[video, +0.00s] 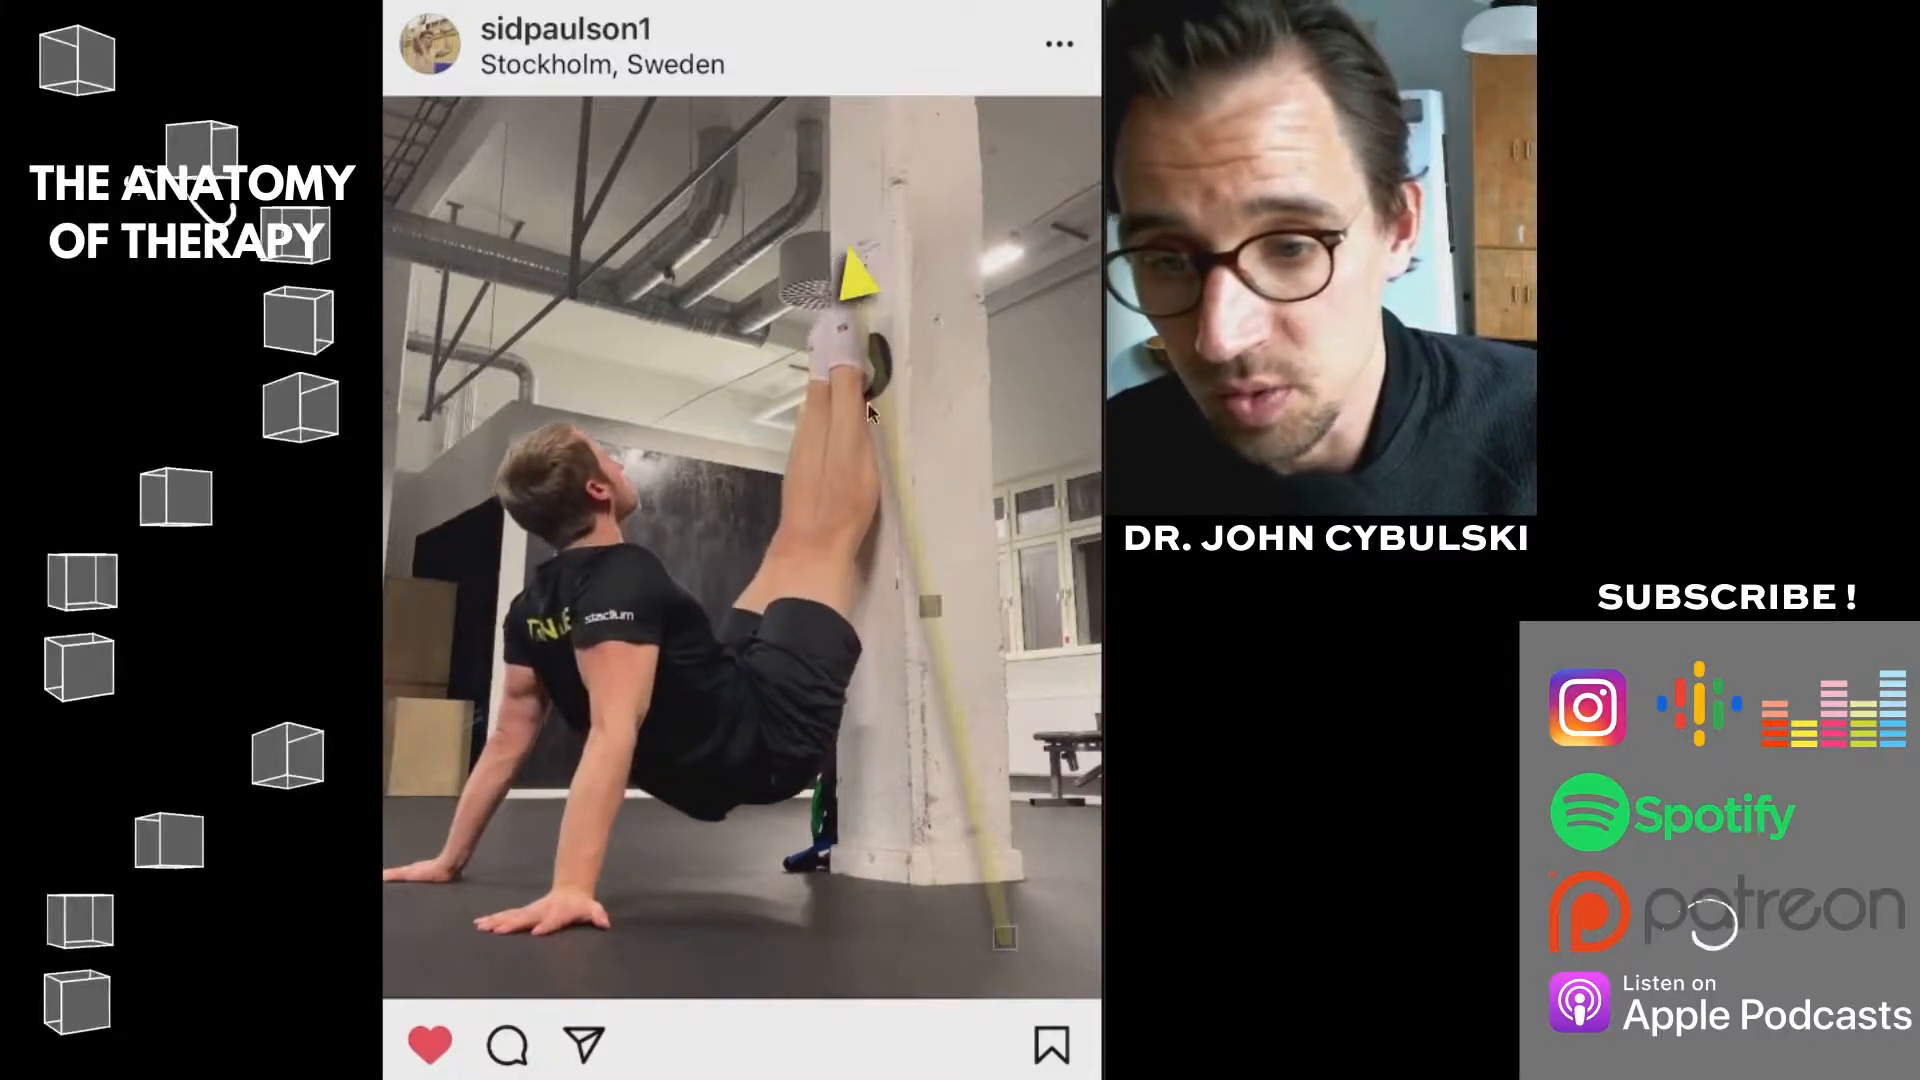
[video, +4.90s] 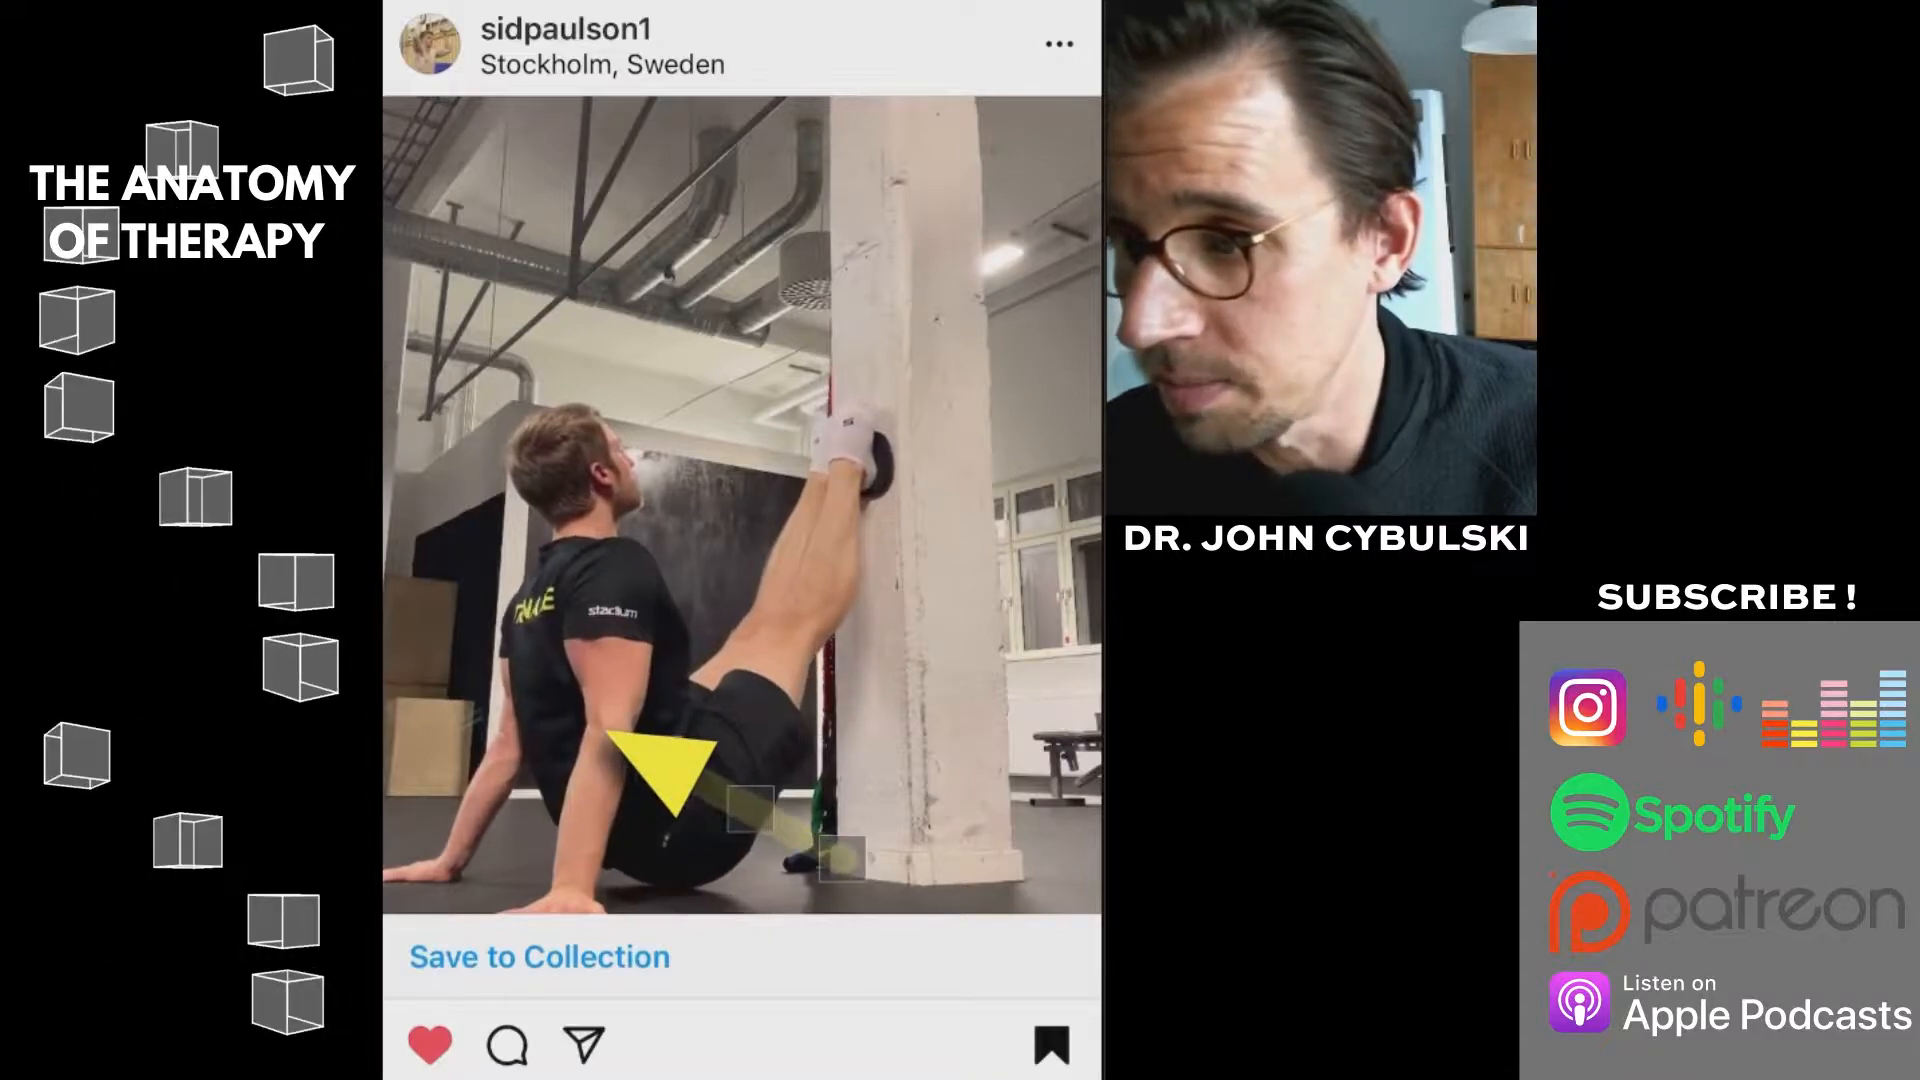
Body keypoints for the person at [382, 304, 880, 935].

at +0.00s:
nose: (620, 460)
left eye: (607, 451)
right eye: (608, 455)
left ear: (541, 517)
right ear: (600, 491)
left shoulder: (532, 604)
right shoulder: (622, 578)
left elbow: (508, 741)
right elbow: (611, 733)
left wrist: (449, 859)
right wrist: (572, 887)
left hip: (709, 766)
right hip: (772, 742)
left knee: (796, 536)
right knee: (834, 527)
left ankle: (825, 378)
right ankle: (847, 370)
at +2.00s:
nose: (626, 460)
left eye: (615, 448)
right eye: (614, 453)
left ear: (544, 502)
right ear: (600, 480)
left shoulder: (526, 604)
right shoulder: (614, 571)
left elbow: (508, 742)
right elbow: (609, 727)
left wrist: (450, 859)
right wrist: (573, 889)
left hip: (683, 799)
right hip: (749, 777)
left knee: (784, 579)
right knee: (819, 573)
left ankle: (826, 414)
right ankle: (847, 415)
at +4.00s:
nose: (632, 460)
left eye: (622, 448)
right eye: (622, 453)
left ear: (544, 499)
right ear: (604, 478)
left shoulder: (526, 600)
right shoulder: (616, 569)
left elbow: (508, 747)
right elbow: (607, 730)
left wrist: (450, 860)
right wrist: (572, 886)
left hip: (650, 829)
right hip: (708, 814)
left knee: (773, 609)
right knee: (805, 608)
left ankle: (825, 456)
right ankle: (846, 455)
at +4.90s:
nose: (632, 460)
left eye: (623, 449)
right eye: (622, 451)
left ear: (548, 495)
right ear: (603, 476)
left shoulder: (527, 599)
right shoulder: (615, 566)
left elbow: (506, 752)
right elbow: (606, 738)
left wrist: (450, 861)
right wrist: (571, 886)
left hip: (634, 837)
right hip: (682, 830)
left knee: (768, 622)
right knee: (798, 619)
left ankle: (833, 468)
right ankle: (845, 463)